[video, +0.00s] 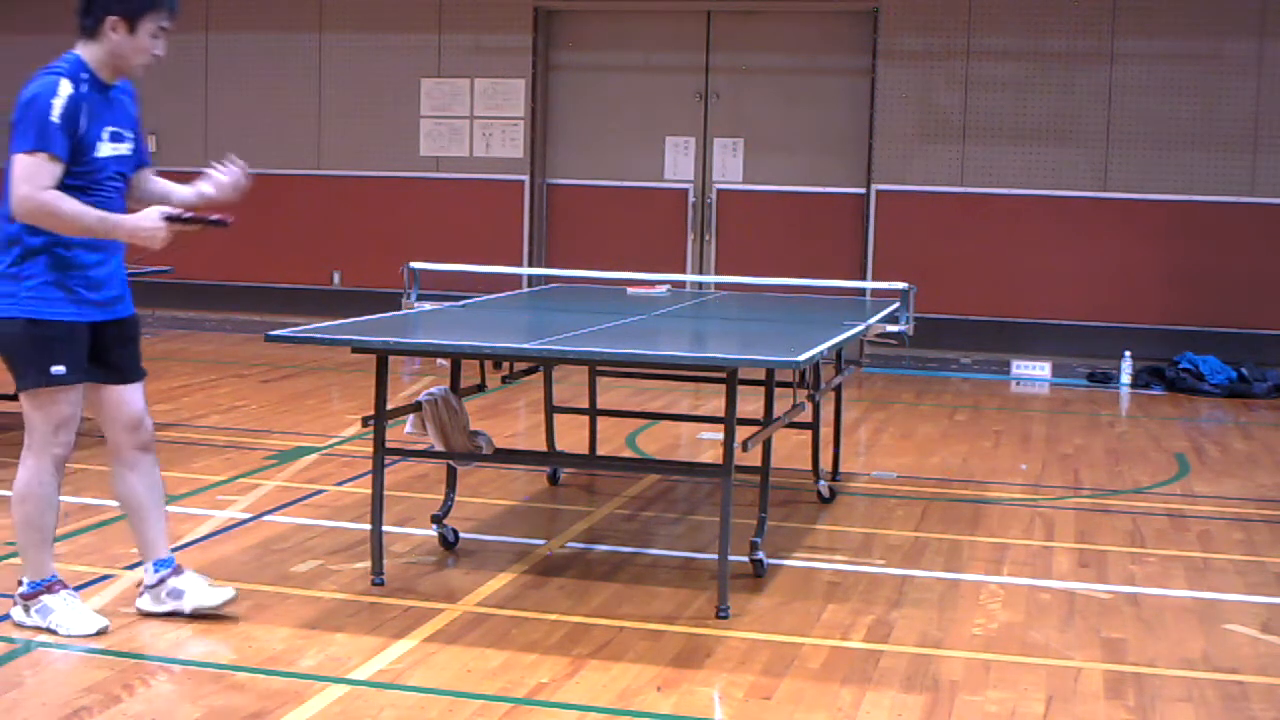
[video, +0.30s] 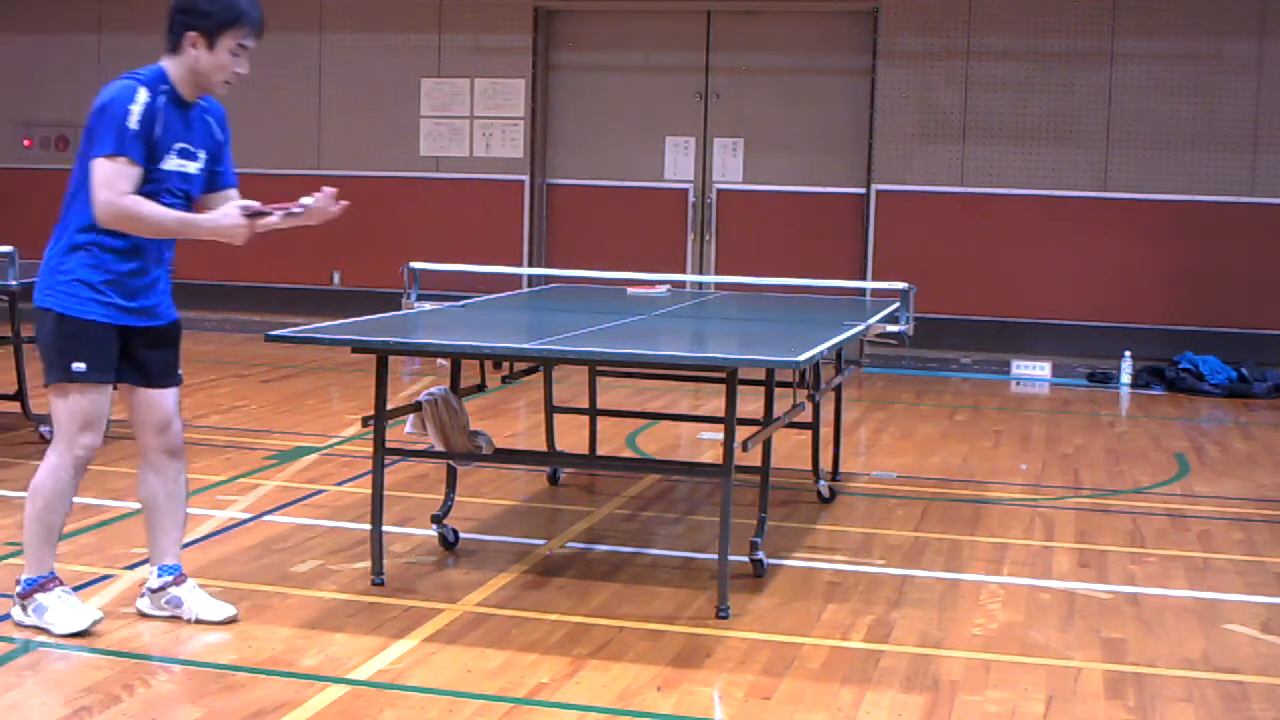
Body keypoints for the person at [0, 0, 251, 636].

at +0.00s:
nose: (161, 48)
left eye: (165, 36)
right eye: (156, 33)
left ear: (121, 29)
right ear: (114, 26)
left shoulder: (123, 96)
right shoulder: (54, 91)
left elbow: (137, 184)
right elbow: (29, 196)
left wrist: (202, 192)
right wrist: (121, 226)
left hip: (106, 294)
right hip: (43, 297)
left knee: (135, 433)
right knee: (50, 440)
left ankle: (160, 577)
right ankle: (36, 591)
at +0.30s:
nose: (243, 69)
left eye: (249, 56)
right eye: (237, 53)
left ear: (214, 51)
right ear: (194, 43)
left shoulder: (211, 119)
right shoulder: (130, 100)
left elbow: (217, 214)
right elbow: (110, 206)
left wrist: (293, 214)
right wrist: (209, 226)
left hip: (149, 296)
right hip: (81, 292)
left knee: (165, 438)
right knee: (77, 437)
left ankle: (165, 582)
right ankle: (34, 586)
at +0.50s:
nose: (278, 76)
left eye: (283, 63)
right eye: (270, 60)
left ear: (244, 59)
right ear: (228, 53)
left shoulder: (245, 126)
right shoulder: (162, 105)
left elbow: (260, 224)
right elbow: (150, 211)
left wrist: (330, 221)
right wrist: (247, 234)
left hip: (162, 298)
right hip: (95, 291)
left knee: (171, 438)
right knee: (73, 437)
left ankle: (166, 582)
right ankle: (27, 581)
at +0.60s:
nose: (290, 80)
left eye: (294, 67)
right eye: (282, 64)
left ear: (251, 64)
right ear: (239, 57)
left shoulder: (256, 131)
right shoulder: (171, 107)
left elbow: (274, 229)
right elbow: (165, 215)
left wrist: (347, 222)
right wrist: (261, 237)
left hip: (165, 298)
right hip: (97, 289)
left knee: (173, 438)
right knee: (67, 434)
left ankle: (166, 582)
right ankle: (21, 578)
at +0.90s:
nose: (303, 94)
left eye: (308, 81)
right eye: (296, 78)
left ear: (266, 74)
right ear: (252, 66)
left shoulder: (271, 143)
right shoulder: (187, 115)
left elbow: (291, 240)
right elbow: (184, 224)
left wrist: (368, 239)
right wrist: (283, 243)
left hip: (164, 299)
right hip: (95, 285)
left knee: (173, 438)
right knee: (43, 431)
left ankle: (166, 582)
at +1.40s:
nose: (250, 84)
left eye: (251, 70)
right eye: (239, 69)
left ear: (206, 71)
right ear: (195, 69)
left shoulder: (230, 135)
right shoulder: (132, 127)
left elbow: (293, 196)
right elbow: (147, 235)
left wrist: (359, 192)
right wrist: (243, 218)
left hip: (130, 307)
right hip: (58, 300)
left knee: (169, 434)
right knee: (19, 448)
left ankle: (165, 582)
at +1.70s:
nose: (186, 49)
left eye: (183, 35)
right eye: (172, 37)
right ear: (128, 53)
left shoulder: (181, 113)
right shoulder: (80, 115)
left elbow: (271, 147)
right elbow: (44, 211)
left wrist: (358, 166)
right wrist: (151, 235)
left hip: (110, 312)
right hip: (32, 311)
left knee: (164, 438)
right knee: (10, 454)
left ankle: (165, 582)